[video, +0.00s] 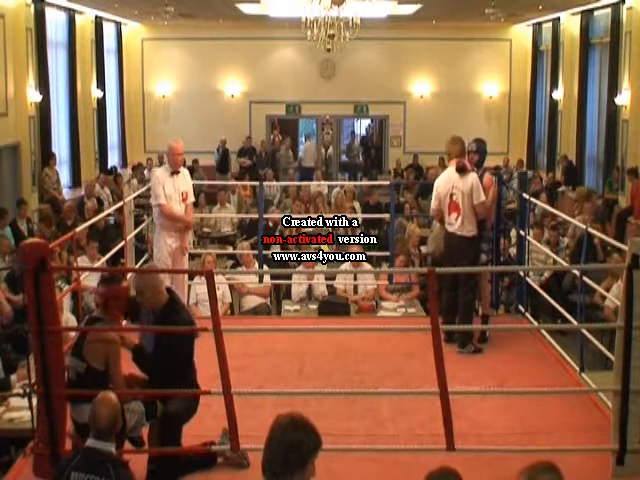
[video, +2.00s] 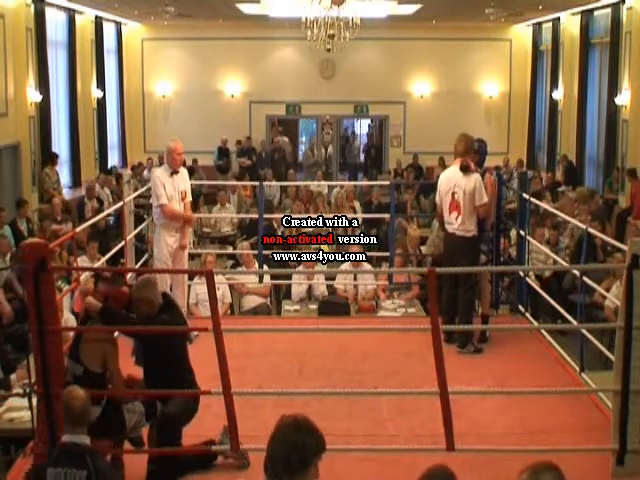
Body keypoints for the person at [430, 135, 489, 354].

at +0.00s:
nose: (458, 157)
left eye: (452, 154)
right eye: (462, 154)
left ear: (447, 155)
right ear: (465, 154)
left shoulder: (441, 180)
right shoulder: (472, 178)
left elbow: (435, 211)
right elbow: (481, 210)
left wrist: (447, 223)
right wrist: (491, 193)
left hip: (449, 235)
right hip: (469, 235)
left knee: (449, 283)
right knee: (467, 285)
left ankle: (448, 328)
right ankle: (465, 337)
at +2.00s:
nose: (474, 156)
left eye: (472, 153)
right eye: (474, 153)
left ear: (455, 152)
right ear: (472, 153)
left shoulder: (444, 175)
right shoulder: (474, 178)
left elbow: (439, 207)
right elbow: (482, 211)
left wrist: (446, 227)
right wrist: (489, 190)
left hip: (449, 235)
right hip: (468, 236)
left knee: (449, 282)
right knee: (467, 285)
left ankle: (448, 327)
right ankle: (464, 336)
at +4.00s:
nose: (470, 155)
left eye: (467, 151)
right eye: (470, 151)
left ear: (452, 152)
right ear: (469, 152)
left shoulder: (442, 176)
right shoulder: (473, 175)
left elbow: (438, 205)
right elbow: (484, 197)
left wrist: (446, 225)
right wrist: (477, 172)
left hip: (449, 235)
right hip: (468, 236)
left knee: (449, 282)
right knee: (467, 284)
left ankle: (449, 327)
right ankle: (464, 334)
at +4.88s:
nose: (465, 155)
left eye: (455, 151)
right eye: (468, 151)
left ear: (452, 152)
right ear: (470, 152)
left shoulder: (443, 177)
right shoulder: (474, 179)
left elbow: (438, 210)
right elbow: (480, 212)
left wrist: (451, 218)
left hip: (449, 235)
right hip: (468, 235)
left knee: (449, 282)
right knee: (468, 284)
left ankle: (448, 328)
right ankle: (465, 335)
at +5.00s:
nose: (466, 154)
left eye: (455, 150)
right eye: (468, 150)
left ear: (452, 151)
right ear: (470, 152)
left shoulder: (443, 177)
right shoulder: (474, 179)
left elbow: (438, 210)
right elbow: (480, 212)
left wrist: (451, 217)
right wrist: (489, 204)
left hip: (449, 235)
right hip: (468, 236)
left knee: (450, 282)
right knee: (467, 284)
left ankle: (448, 327)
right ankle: (465, 335)